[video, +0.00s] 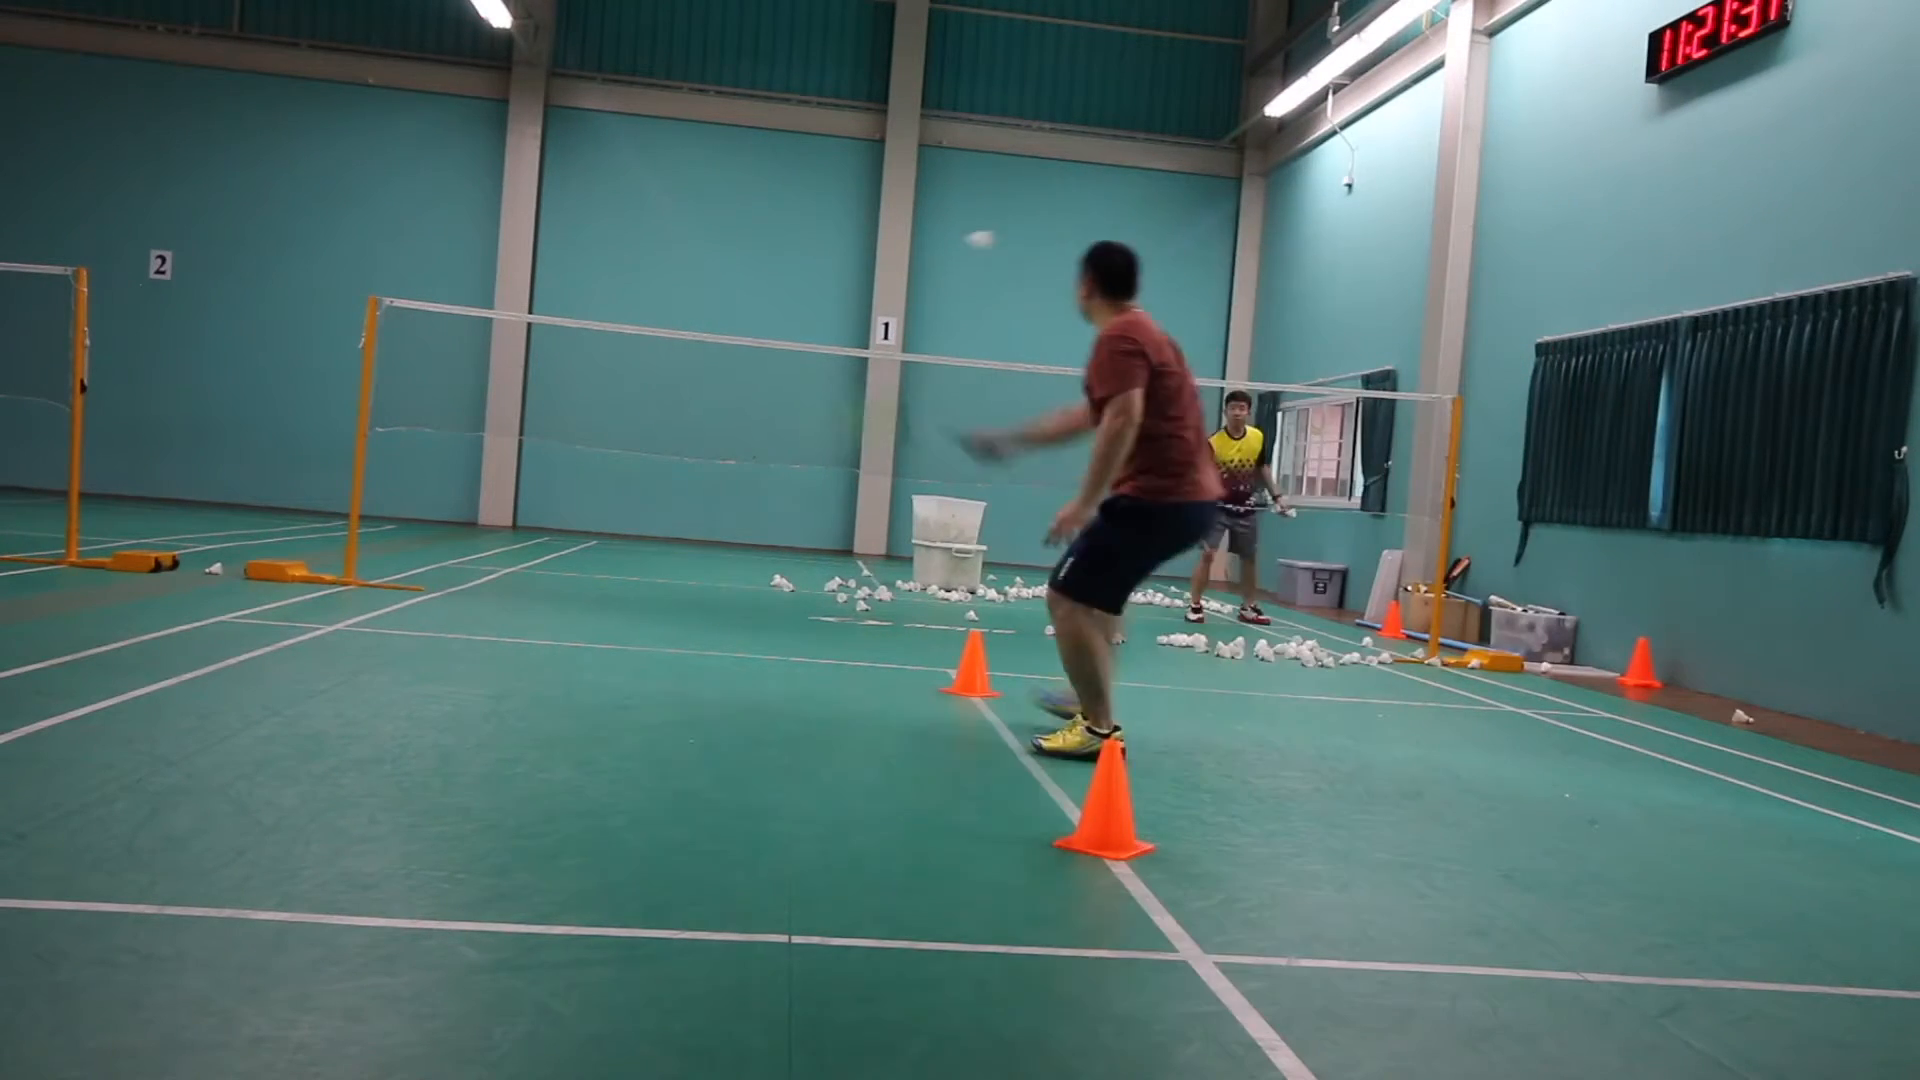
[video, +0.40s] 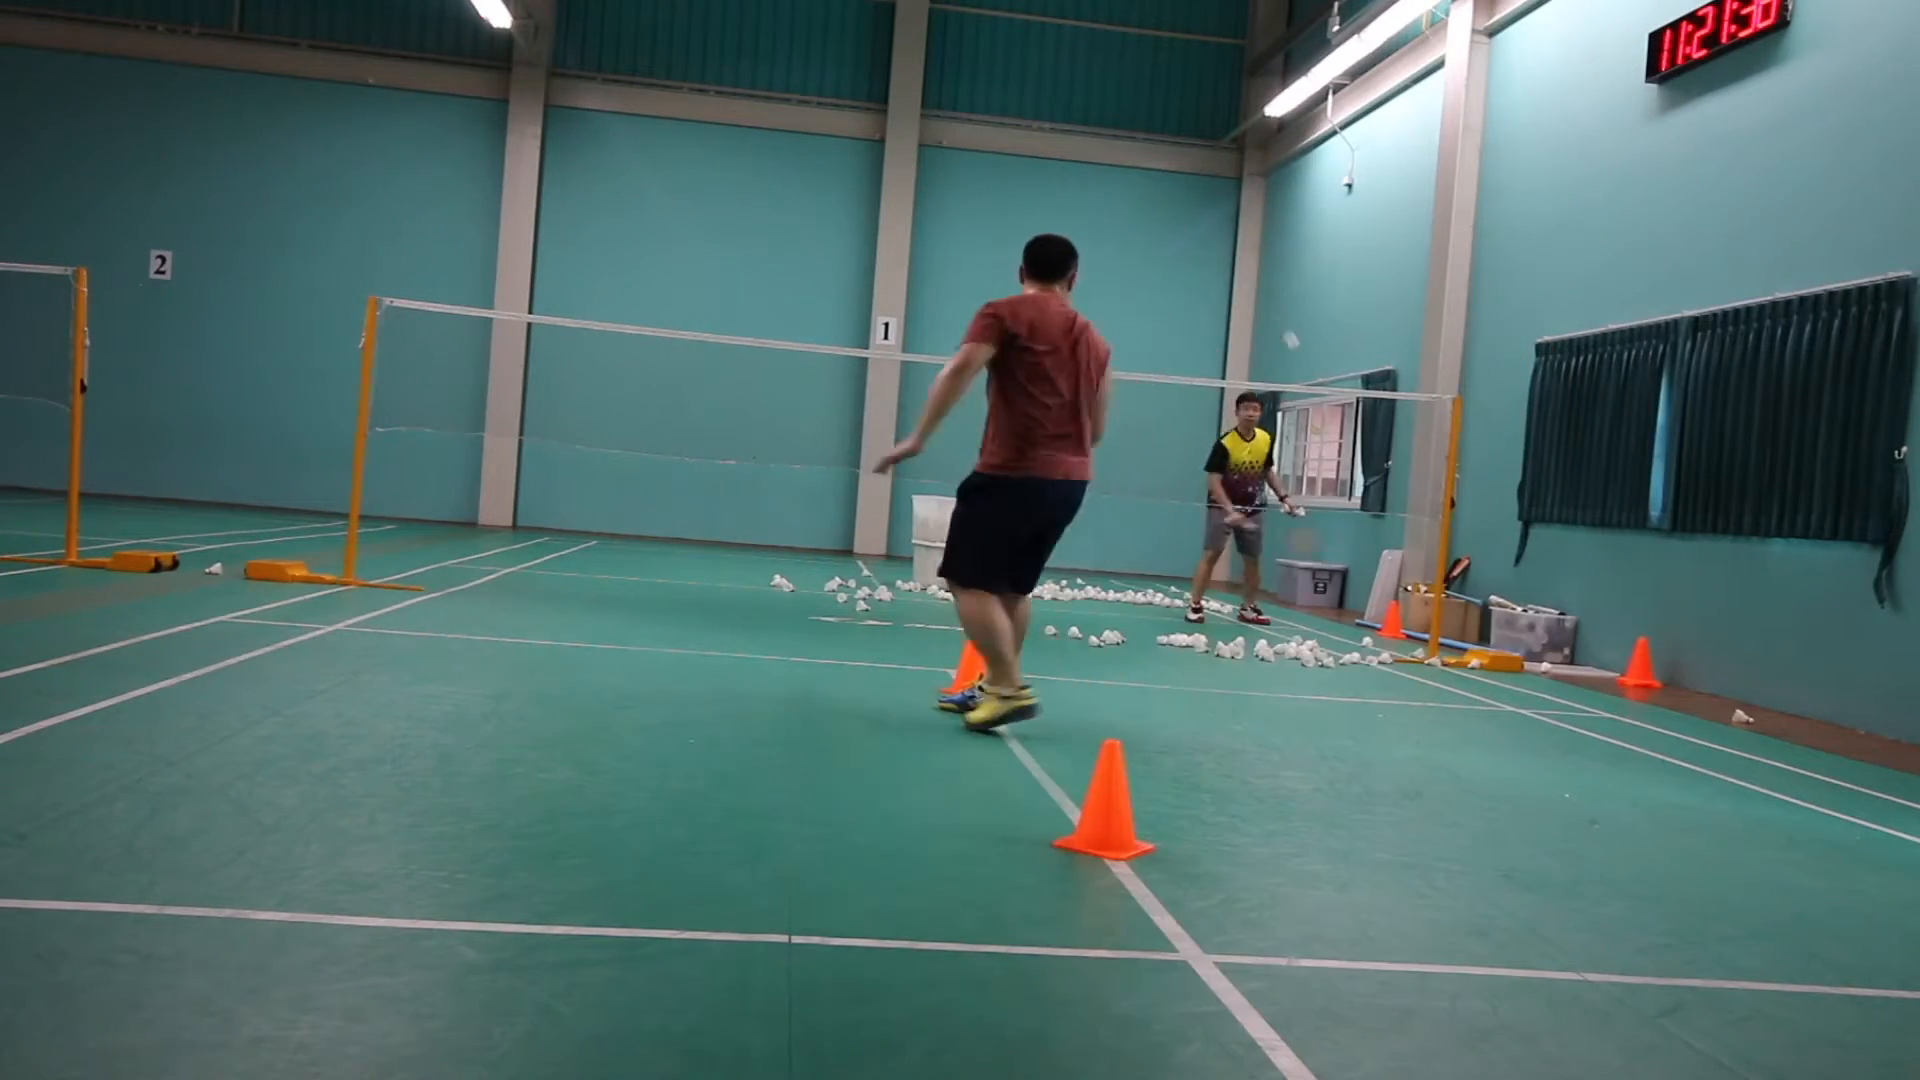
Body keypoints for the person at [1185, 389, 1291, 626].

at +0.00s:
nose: (1238, 413)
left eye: (1242, 409)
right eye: (1233, 408)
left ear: (1248, 412)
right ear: (1225, 412)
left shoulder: (1258, 438)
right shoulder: (1213, 443)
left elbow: (1264, 468)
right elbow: (1204, 473)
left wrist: (1276, 496)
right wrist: (1208, 497)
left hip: (1246, 508)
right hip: (1219, 505)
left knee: (1249, 559)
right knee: (1208, 554)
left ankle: (1249, 605)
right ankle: (1196, 603)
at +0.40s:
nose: (1251, 414)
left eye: (1255, 410)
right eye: (1246, 409)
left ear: (1260, 414)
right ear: (1237, 412)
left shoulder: (1267, 439)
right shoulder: (1224, 444)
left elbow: (1269, 471)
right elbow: (1214, 481)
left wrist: (1284, 497)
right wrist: (1230, 511)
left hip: (1251, 507)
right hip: (1222, 505)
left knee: (1252, 559)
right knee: (1212, 553)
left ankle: (1249, 606)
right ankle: (1196, 602)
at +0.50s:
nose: (1263, 414)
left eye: (1266, 410)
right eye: (1258, 409)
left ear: (1269, 415)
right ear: (1245, 412)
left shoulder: (1263, 440)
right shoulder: (1235, 438)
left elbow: (1259, 472)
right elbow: (1239, 468)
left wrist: (1269, 493)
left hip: (1245, 504)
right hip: (1221, 501)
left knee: (1247, 554)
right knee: (1213, 551)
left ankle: (1248, 604)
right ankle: (1196, 603)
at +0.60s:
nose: (1267, 414)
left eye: (1269, 409)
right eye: (1262, 408)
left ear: (1273, 414)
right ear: (1250, 411)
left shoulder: (1266, 438)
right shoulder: (1239, 433)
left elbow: (1261, 467)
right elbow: (1243, 434)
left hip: (1244, 503)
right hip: (1221, 500)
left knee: (1244, 555)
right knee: (1215, 551)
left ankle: (1247, 604)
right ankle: (1196, 602)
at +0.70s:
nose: (1275, 411)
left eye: (1277, 407)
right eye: (1270, 405)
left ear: (1275, 411)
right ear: (1257, 407)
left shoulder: (1266, 438)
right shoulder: (1246, 429)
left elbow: (1258, 468)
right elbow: (1246, 410)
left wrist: (1257, 491)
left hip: (1250, 501)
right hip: (1229, 499)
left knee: (1245, 557)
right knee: (1222, 551)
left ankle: (1246, 605)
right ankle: (1196, 600)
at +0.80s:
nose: (1275, 408)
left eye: (1278, 404)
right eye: (1271, 402)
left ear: (1277, 410)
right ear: (1257, 407)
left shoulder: (1271, 438)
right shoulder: (1245, 427)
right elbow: (1238, 404)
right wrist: (1237, 376)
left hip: (1256, 500)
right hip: (1234, 498)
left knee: (1249, 558)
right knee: (1223, 553)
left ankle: (1246, 604)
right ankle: (1199, 598)